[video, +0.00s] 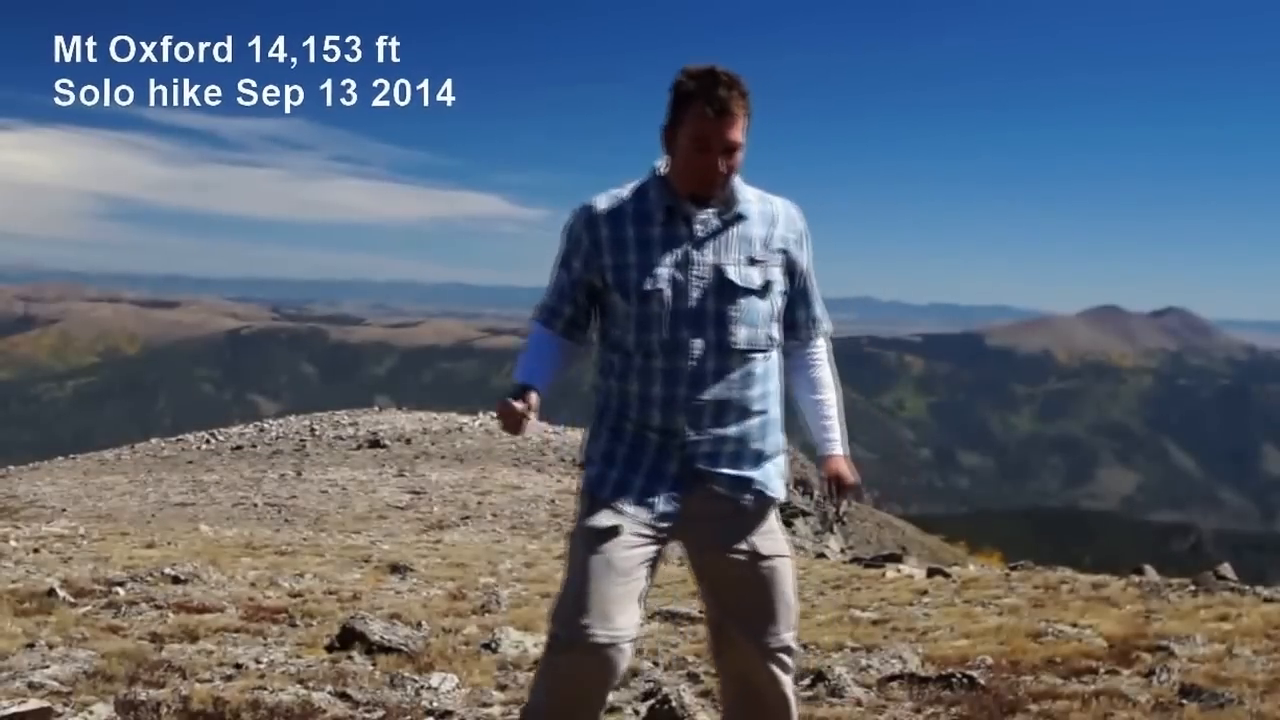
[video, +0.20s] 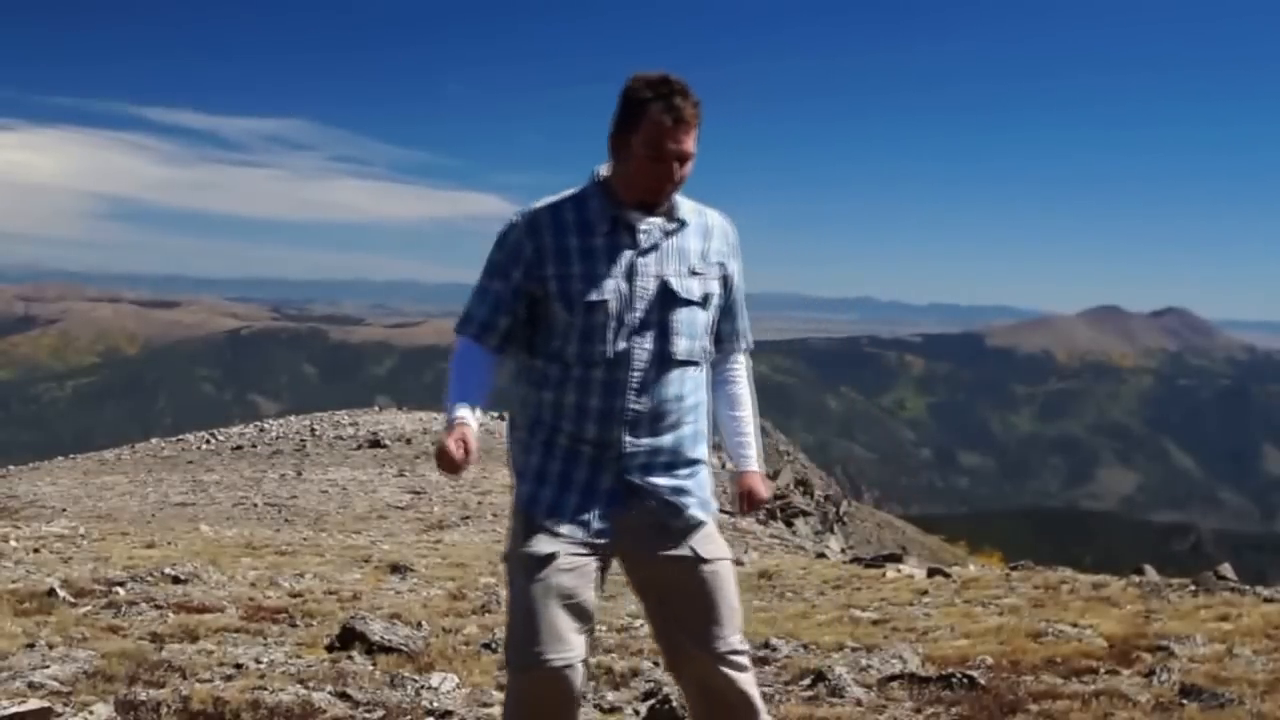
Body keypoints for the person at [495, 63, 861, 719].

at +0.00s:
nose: (722, 164)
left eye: (733, 149)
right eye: (707, 148)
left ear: (746, 142)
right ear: (671, 138)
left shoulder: (779, 225)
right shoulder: (603, 223)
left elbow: (807, 343)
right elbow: (556, 324)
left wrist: (832, 446)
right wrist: (529, 387)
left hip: (742, 475)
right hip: (629, 474)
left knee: (764, 661)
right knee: (592, 648)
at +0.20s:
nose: (677, 173)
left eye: (686, 159)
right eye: (665, 157)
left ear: (695, 152)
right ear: (622, 144)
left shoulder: (712, 236)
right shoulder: (538, 235)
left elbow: (729, 357)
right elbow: (479, 336)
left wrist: (745, 461)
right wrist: (463, 415)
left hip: (675, 488)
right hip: (560, 490)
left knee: (720, 670)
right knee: (546, 675)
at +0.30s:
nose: (656, 165)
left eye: (666, 152)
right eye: (645, 149)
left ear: (675, 145)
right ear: (599, 137)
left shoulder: (688, 226)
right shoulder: (516, 224)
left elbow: (700, 346)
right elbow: (460, 325)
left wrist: (710, 450)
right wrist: (453, 377)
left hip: (659, 478)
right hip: (545, 481)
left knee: (704, 659)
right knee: (535, 672)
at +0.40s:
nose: (643, 160)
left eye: (650, 147)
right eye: (632, 145)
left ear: (655, 137)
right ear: (583, 130)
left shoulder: (673, 217)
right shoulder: (500, 218)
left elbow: (688, 337)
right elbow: (447, 323)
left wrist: (694, 444)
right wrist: (443, 376)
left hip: (649, 474)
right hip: (538, 477)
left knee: (680, 655)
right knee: (532, 665)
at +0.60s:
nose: (627, 177)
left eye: (635, 162)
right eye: (616, 162)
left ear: (644, 147)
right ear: (567, 143)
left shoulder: (662, 221)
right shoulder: (485, 231)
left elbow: (692, 342)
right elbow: (440, 342)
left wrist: (719, 445)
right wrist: (424, 443)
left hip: (641, 474)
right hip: (528, 479)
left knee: (683, 656)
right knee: (521, 673)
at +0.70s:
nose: (631, 164)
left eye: (638, 151)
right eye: (620, 152)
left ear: (643, 137)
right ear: (572, 135)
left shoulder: (672, 208)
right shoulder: (494, 213)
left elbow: (712, 327)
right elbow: (455, 323)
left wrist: (750, 425)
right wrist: (441, 413)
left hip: (649, 464)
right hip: (536, 467)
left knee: (698, 649)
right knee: (522, 661)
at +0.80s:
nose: (639, 158)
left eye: (644, 143)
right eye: (624, 145)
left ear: (651, 137)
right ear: (577, 138)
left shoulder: (687, 211)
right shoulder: (508, 214)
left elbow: (733, 326)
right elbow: (476, 319)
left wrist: (778, 423)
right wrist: (456, 412)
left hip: (661, 467)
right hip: (548, 469)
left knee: (710, 659)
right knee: (532, 668)